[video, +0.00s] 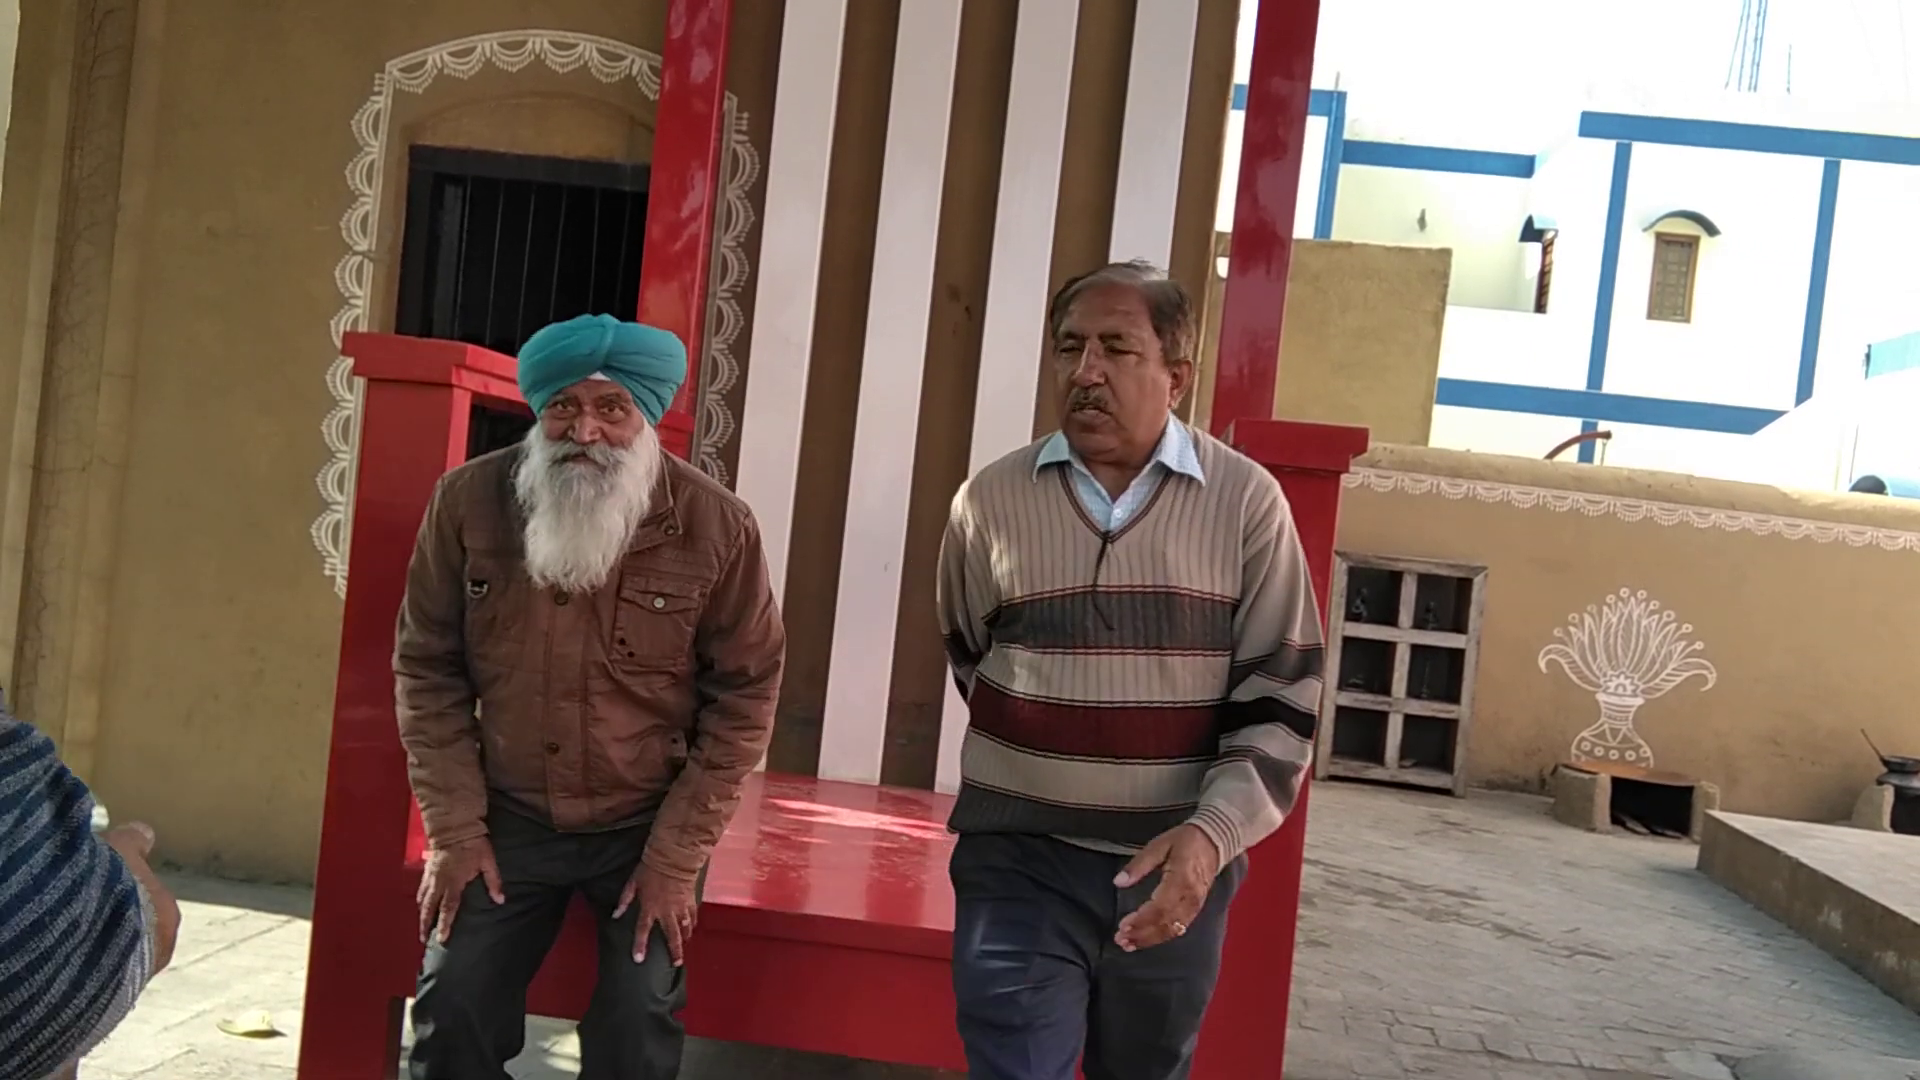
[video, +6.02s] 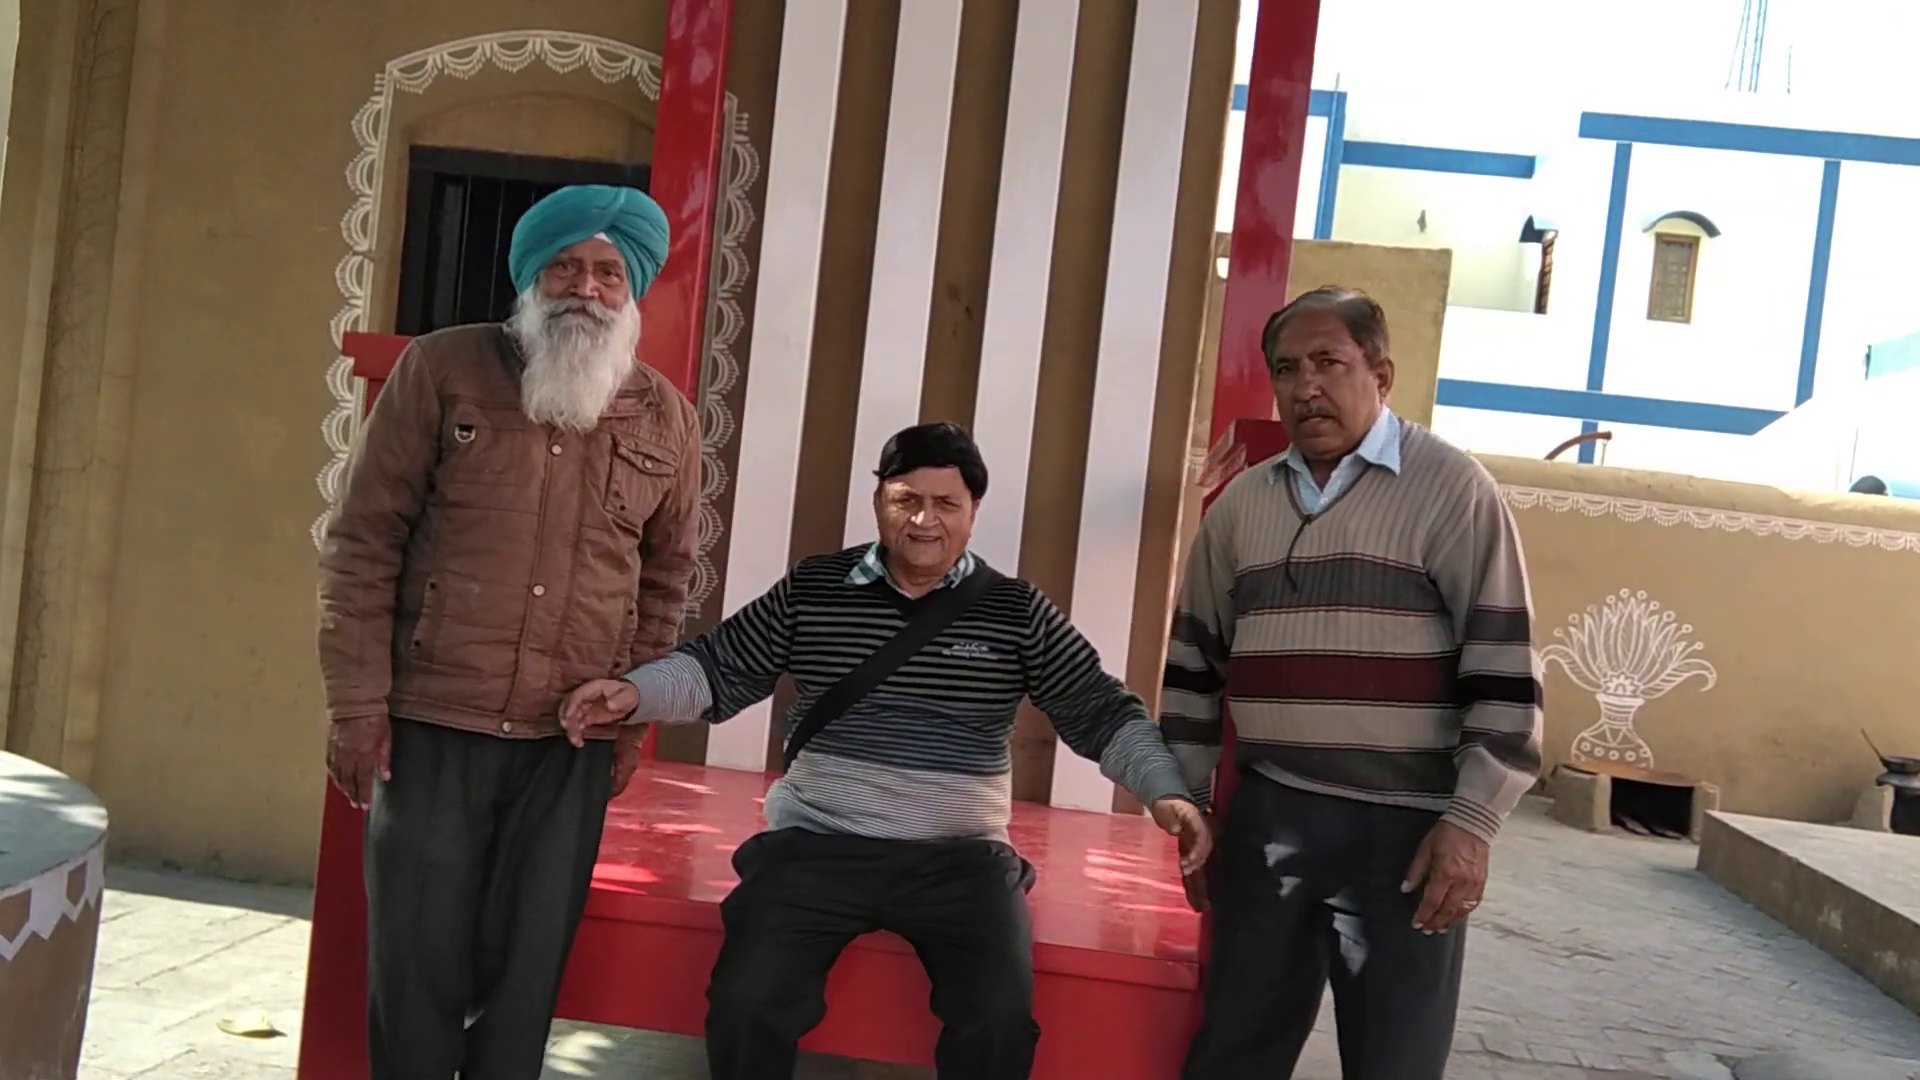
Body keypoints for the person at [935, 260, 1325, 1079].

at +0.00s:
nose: (1084, 371)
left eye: (1116, 349)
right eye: (1071, 348)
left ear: (1177, 376)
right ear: (1054, 363)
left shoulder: (1247, 504)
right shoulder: (986, 503)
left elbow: (1283, 705)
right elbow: (971, 667)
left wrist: (1212, 834)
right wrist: (1057, 753)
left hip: (1175, 879)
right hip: (1018, 862)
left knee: (1143, 1070)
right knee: (1019, 1067)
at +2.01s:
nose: (1312, 343)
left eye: (1322, 312)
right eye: (1312, 313)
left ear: (1386, 318)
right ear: (1395, 322)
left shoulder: (1509, 455)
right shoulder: (1443, 437)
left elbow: (1558, 796)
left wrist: (1515, 1053)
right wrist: (1339, 970)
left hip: (1434, 982)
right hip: (1376, 960)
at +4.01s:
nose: (1198, 378)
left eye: (1213, 358)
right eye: (1202, 357)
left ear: (1272, 368)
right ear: (1275, 368)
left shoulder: (1324, 477)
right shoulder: (1294, 455)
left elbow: (1297, 705)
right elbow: (1234, 651)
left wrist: (1170, 827)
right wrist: (1156, 771)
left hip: (1275, 826)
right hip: (1248, 816)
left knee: (1213, 1048)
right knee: (1204, 1042)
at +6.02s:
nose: (1305, 385)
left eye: (1326, 362)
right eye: (1287, 369)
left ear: (1380, 372)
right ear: (1271, 386)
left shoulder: (1456, 495)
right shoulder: (1237, 509)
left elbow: (1507, 683)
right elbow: (1192, 673)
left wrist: (1471, 823)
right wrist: (1192, 812)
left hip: (1407, 837)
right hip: (1265, 824)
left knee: (1393, 1067)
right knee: (1232, 1059)